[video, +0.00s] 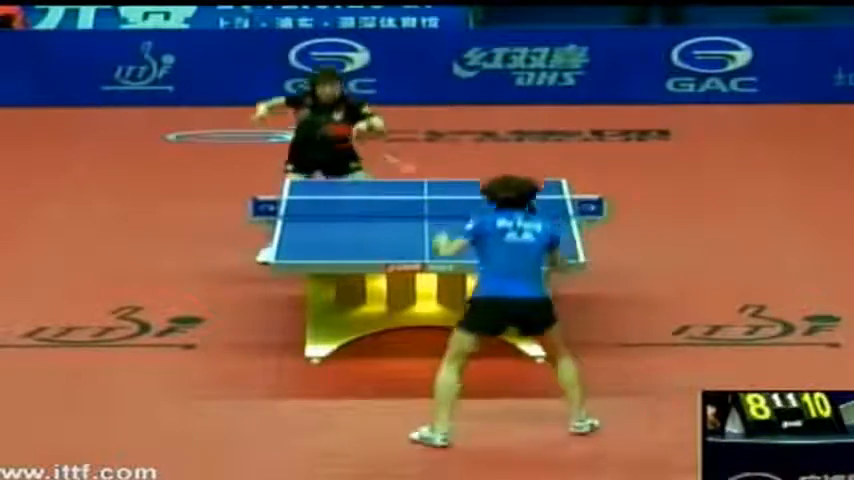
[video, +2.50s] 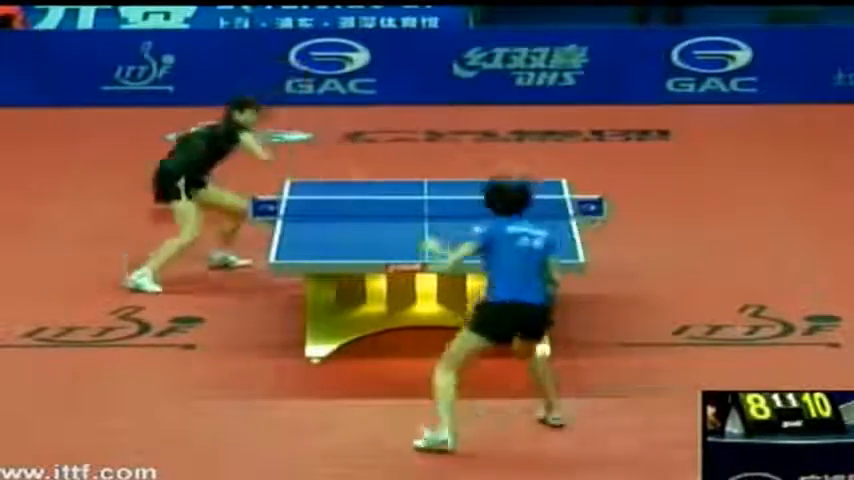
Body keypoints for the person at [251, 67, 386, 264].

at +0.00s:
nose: (327, 92)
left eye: (332, 86)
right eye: (323, 86)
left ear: (340, 88)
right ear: (315, 88)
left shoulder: (350, 106)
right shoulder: (305, 101)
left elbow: (378, 124)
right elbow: (279, 104)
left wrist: (366, 127)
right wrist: (264, 109)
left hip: (342, 165)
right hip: (303, 164)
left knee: (371, 197)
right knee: (289, 204)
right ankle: (277, 245)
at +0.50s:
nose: (326, 92)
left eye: (329, 86)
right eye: (321, 86)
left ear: (333, 90)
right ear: (310, 88)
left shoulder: (333, 113)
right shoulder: (287, 105)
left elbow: (349, 145)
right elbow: (247, 119)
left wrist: (352, 137)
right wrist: (269, 130)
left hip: (311, 158)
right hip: (276, 159)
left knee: (341, 197)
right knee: (265, 210)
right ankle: (232, 247)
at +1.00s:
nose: (318, 124)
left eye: (323, 120)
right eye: (315, 118)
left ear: (329, 120)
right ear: (306, 115)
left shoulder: (332, 131)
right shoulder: (284, 123)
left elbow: (361, 155)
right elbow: (239, 132)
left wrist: (350, 165)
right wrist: (252, 143)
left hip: (306, 176)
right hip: (273, 172)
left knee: (316, 213)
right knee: (259, 210)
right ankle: (224, 247)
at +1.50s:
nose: (322, 94)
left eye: (326, 88)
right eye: (318, 88)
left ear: (333, 88)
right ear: (309, 87)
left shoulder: (339, 105)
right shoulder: (294, 94)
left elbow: (368, 133)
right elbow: (261, 102)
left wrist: (354, 129)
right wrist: (248, 114)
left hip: (319, 156)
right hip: (284, 154)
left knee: (340, 201)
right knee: (260, 205)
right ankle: (225, 245)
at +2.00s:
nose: (299, 85)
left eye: (301, 81)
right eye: (294, 79)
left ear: (303, 84)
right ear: (281, 80)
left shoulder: (301, 108)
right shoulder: (255, 98)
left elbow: (316, 135)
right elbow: (212, 108)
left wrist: (328, 134)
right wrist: (240, 118)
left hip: (270, 153)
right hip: (239, 153)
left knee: (298, 190)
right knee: (226, 209)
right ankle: (196, 247)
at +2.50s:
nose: (255, 119)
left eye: (255, 113)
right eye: (251, 113)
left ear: (233, 115)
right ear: (237, 114)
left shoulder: (216, 128)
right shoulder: (236, 131)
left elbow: (189, 134)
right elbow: (258, 153)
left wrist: (175, 137)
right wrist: (263, 154)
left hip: (191, 180)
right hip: (174, 179)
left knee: (239, 209)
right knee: (189, 234)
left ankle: (222, 254)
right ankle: (144, 273)